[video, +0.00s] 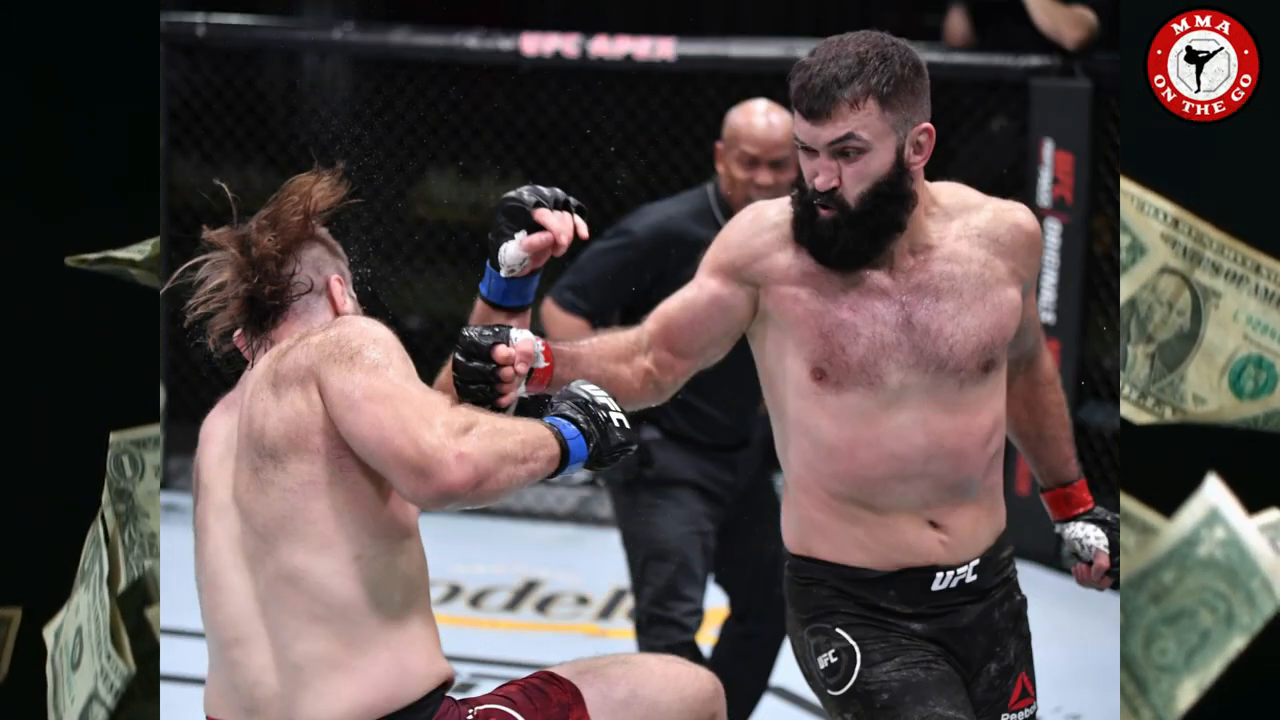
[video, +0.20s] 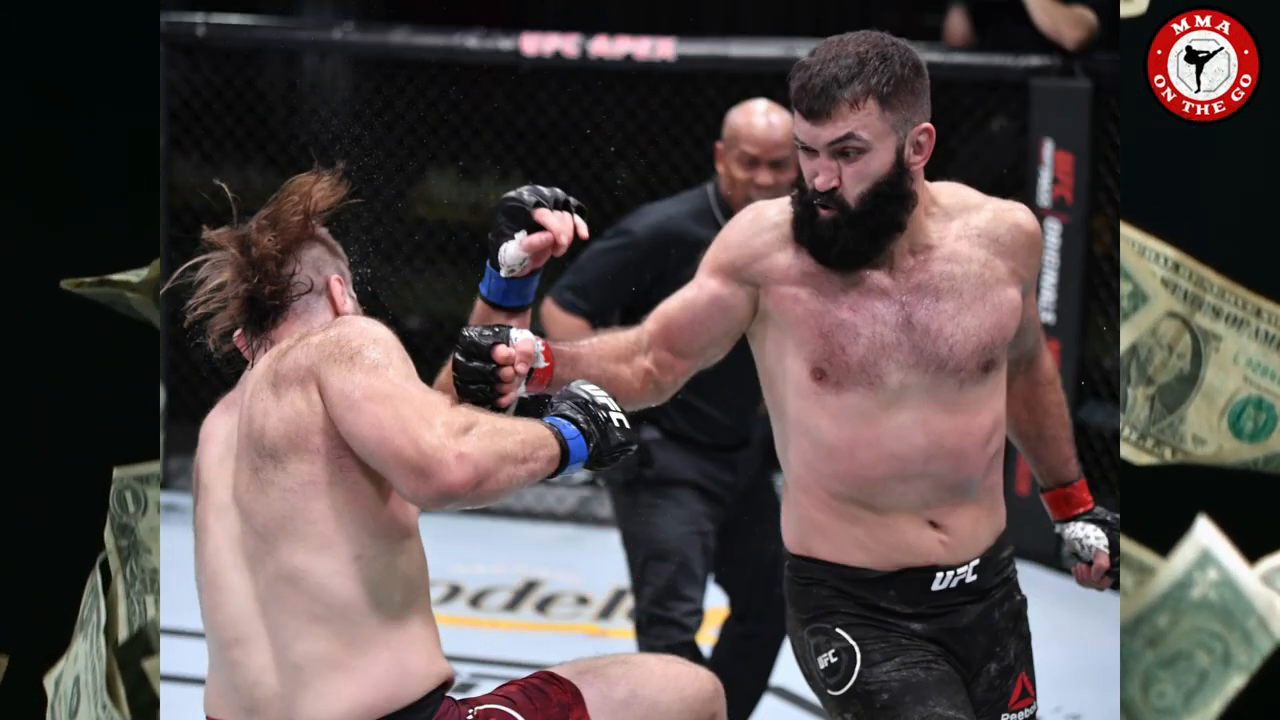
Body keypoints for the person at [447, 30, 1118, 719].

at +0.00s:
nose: (817, 177)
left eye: (845, 152)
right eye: (805, 151)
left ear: (918, 144)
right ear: (790, 140)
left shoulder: (1005, 235)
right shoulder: (758, 243)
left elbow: (1028, 367)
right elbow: (651, 360)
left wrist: (1076, 506)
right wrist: (537, 368)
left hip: (983, 594)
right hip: (845, 607)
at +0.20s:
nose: (817, 177)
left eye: (845, 152)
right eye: (805, 151)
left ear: (918, 144)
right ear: (791, 140)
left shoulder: (1006, 235)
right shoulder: (758, 243)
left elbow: (1028, 367)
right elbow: (650, 361)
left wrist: (1074, 506)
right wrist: (538, 368)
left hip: (982, 594)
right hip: (845, 607)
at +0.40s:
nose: (818, 177)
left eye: (845, 151)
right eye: (806, 151)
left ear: (918, 143)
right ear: (791, 140)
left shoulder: (1006, 235)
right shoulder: (758, 243)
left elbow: (1028, 366)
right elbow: (650, 359)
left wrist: (1074, 507)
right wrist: (538, 368)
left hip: (982, 594)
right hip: (845, 606)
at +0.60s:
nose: (818, 177)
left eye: (845, 151)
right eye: (806, 151)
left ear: (918, 143)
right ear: (791, 141)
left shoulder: (1006, 235)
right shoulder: (758, 243)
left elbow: (1027, 366)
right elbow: (650, 360)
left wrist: (1075, 507)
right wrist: (538, 368)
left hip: (982, 594)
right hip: (845, 607)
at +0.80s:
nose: (818, 177)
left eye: (845, 152)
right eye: (806, 151)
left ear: (918, 143)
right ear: (791, 140)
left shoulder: (1006, 235)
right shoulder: (758, 243)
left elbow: (1027, 366)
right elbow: (650, 360)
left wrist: (1075, 505)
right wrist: (538, 368)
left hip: (983, 594)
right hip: (845, 607)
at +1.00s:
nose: (818, 177)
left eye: (846, 151)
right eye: (806, 151)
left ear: (918, 143)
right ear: (791, 140)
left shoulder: (1006, 235)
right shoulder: (758, 243)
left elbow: (1028, 366)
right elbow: (650, 360)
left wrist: (1074, 506)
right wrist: (538, 368)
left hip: (982, 595)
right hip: (845, 607)